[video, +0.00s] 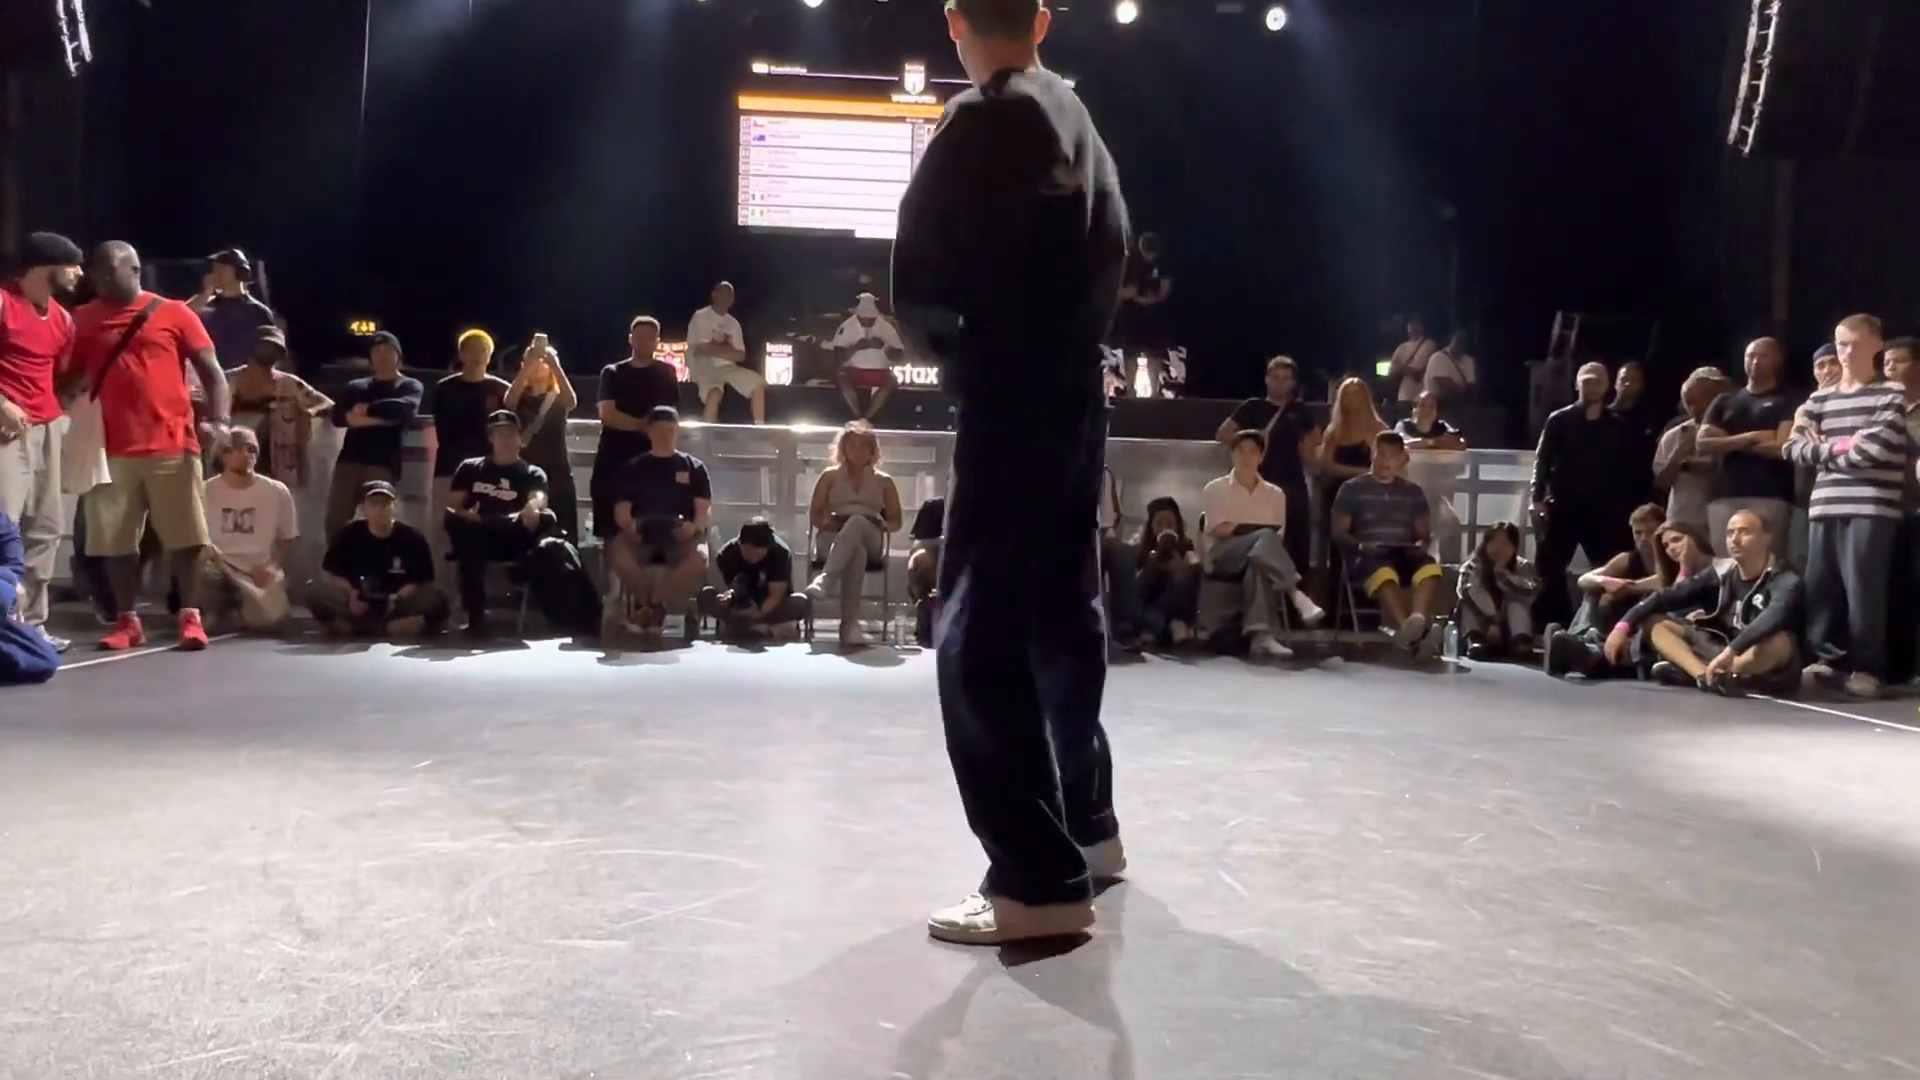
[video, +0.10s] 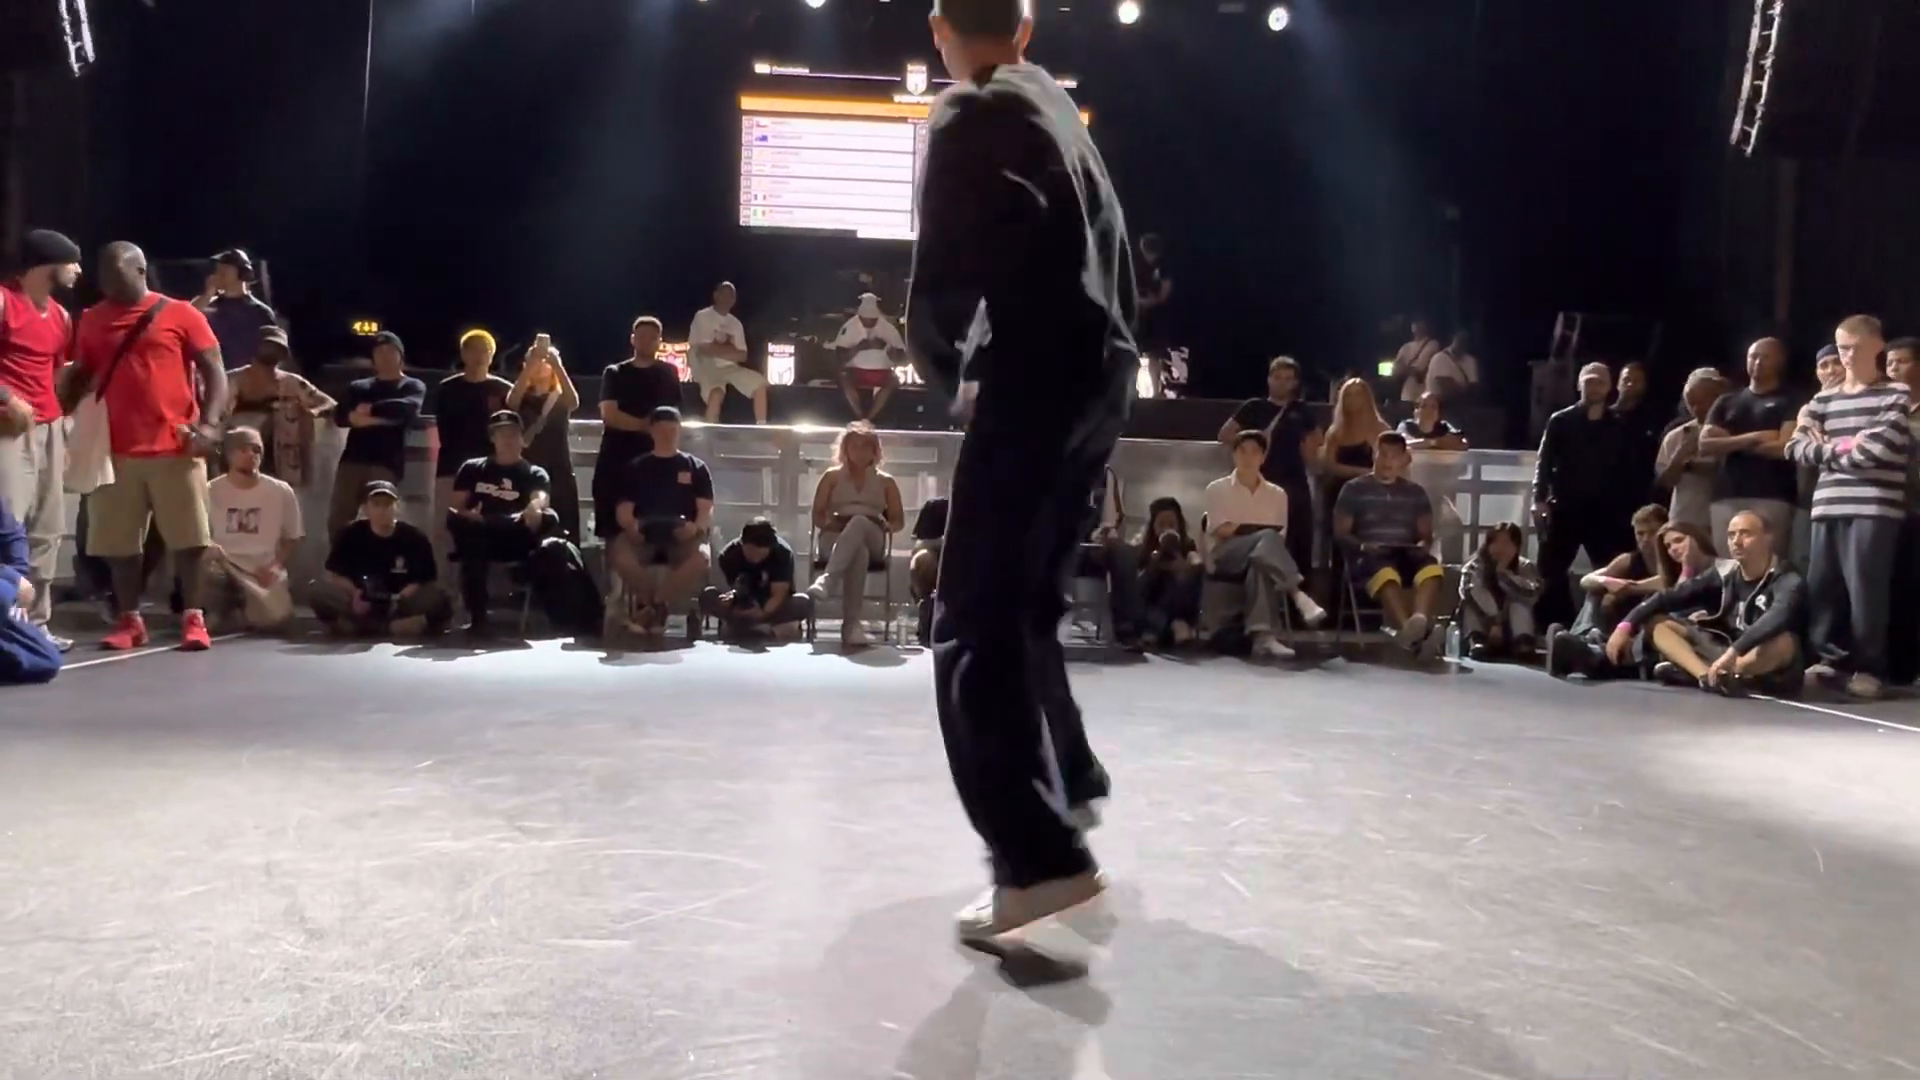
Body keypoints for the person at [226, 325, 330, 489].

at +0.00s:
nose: (269, 353)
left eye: (275, 349)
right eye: (265, 347)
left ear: (280, 355)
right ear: (255, 347)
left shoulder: (288, 383)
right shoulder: (231, 379)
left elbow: (327, 403)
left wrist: (312, 410)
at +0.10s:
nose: (272, 353)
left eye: (278, 349)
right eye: (268, 346)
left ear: (283, 354)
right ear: (258, 347)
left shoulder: (291, 383)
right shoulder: (234, 379)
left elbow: (330, 403)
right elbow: (218, 414)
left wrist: (314, 411)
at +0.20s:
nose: (274, 352)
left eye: (280, 348)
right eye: (271, 346)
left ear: (285, 354)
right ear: (261, 347)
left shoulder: (294, 382)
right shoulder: (238, 378)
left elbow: (332, 403)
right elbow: (226, 407)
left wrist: (317, 411)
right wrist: (264, 406)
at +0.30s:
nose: (276, 351)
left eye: (282, 348)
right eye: (273, 345)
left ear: (287, 354)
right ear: (262, 346)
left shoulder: (296, 382)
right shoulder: (238, 377)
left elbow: (334, 404)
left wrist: (317, 411)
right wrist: (263, 406)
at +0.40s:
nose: (277, 351)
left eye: (283, 347)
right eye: (274, 345)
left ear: (289, 354)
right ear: (264, 346)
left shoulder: (298, 381)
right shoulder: (242, 377)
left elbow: (336, 403)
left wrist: (316, 411)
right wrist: (264, 405)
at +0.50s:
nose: (279, 351)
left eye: (284, 347)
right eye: (275, 344)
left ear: (290, 353)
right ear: (265, 346)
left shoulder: (299, 380)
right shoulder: (245, 376)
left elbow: (338, 403)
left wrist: (318, 410)